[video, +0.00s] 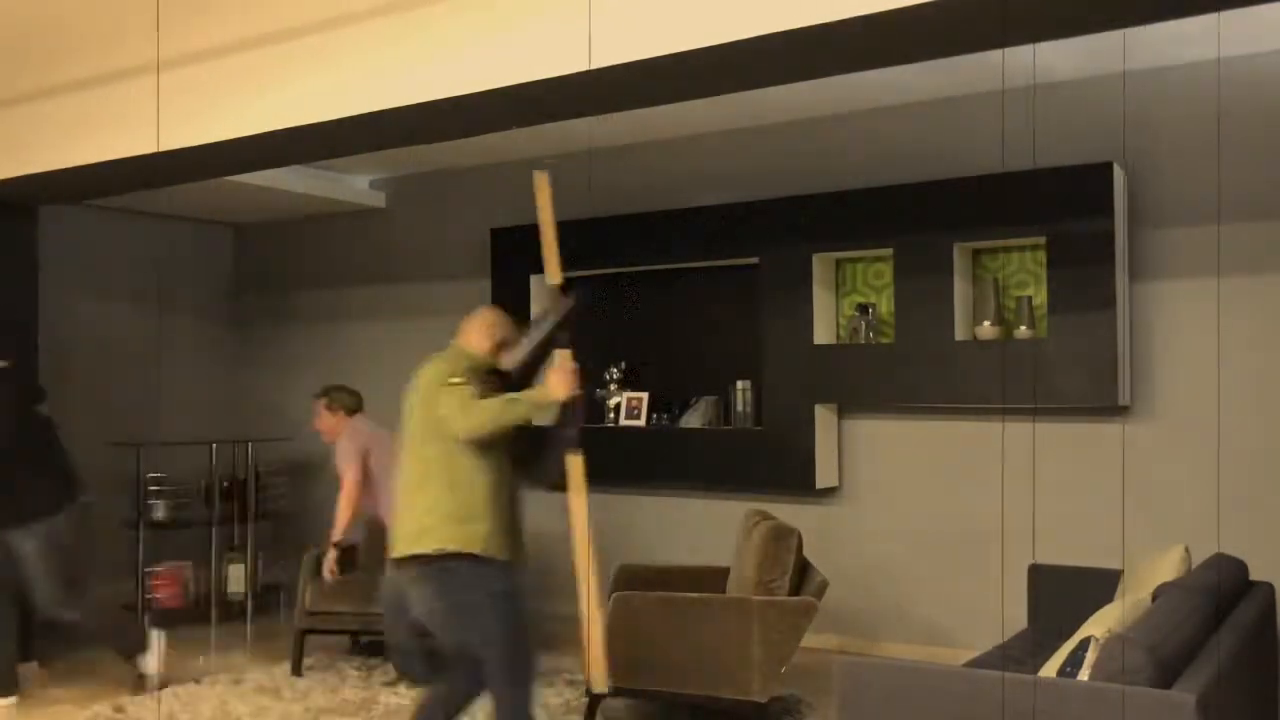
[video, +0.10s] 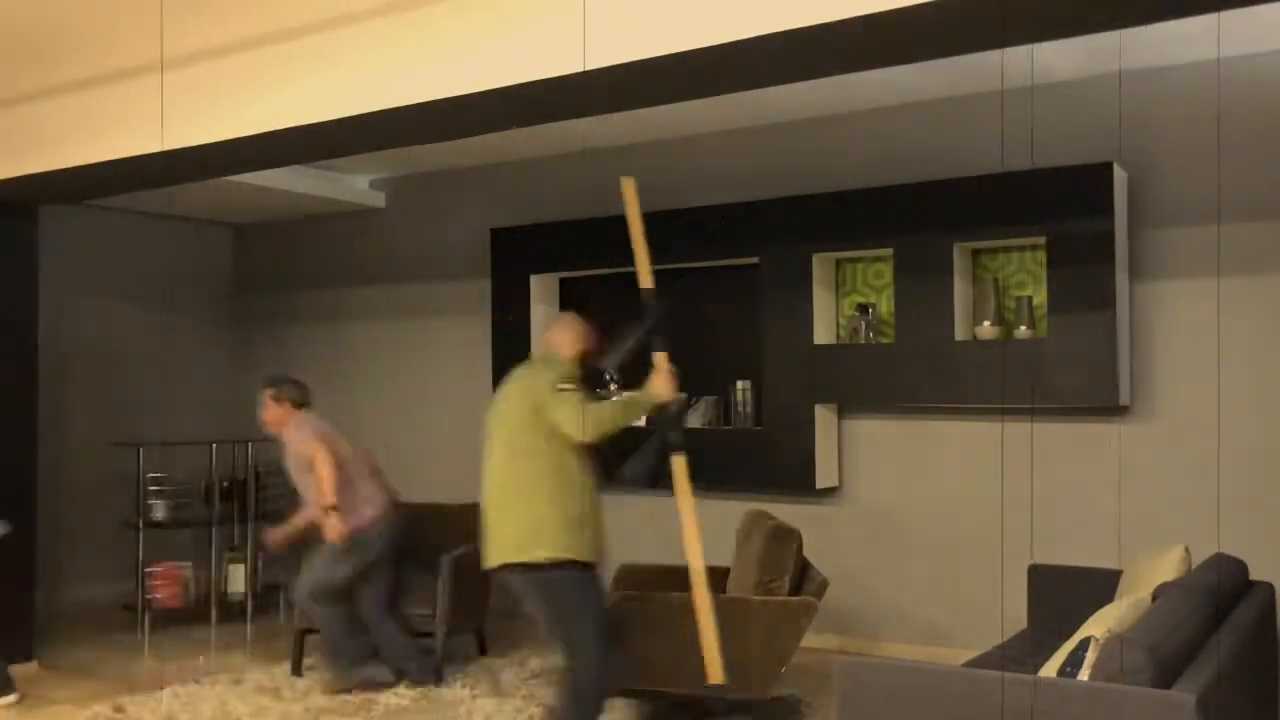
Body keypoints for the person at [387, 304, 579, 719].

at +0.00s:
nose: (507, 358)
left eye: (510, 349)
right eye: (505, 346)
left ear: (466, 334)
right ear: (489, 338)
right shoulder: (449, 372)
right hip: (459, 561)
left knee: (460, 676)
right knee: (510, 675)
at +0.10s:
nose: (585, 359)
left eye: (586, 350)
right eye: (583, 348)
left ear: (546, 342)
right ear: (568, 342)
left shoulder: (516, 386)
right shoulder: (549, 378)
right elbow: (582, 423)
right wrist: (648, 396)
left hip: (519, 552)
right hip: (549, 552)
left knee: (587, 653)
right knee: (589, 655)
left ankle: (576, 711)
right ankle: (577, 713)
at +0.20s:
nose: (645, 347)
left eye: (644, 338)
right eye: (641, 336)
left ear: (602, 339)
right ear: (620, 334)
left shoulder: (563, 393)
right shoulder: (622, 372)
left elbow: (539, 473)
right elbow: (662, 419)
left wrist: (565, 531)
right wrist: (722, 395)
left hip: (584, 548)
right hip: (624, 546)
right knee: (637, 662)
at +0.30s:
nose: (713, 358)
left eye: (710, 351)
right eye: (710, 351)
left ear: (668, 349)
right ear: (704, 347)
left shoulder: (629, 402)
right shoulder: (698, 373)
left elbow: (612, 484)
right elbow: (754, 419)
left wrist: (638, 541)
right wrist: (794, 397)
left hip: (656, 552)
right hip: (706, 545)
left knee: (724, 651)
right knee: (748, 648)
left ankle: (723, 709)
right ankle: (725, 709)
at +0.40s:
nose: (759, 353)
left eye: (755, 348)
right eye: (757, 347)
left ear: (714, 355)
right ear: (751, 347)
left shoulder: (677, 403)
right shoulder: (762, 371)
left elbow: (658, 481)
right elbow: (828, 417)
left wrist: (688, 541)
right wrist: (855, 395)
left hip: (717, 553)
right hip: (772, 545)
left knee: (765, 653)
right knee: (805, 645)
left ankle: (754, 711)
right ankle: (792, 712)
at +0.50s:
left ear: (739, 374)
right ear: (780, 359)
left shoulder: (717, 415)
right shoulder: (812, 373)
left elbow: (697, 487)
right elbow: (880, 420)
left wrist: (709, 557)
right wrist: (889, 397)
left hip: (765, 549)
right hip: (827, 531)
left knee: (828, 650)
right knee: (837, 654)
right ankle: (814, 716)